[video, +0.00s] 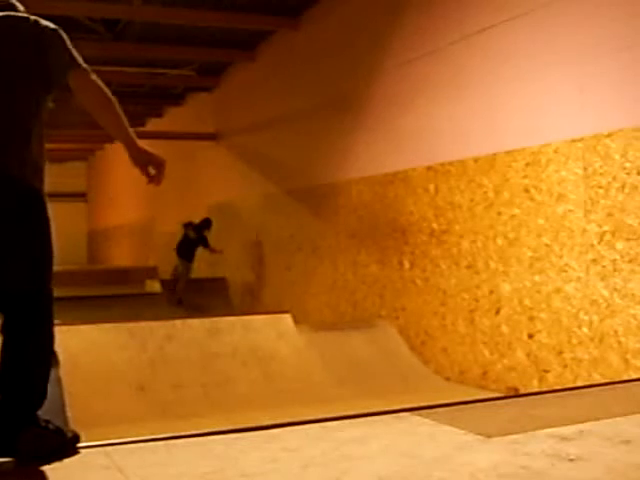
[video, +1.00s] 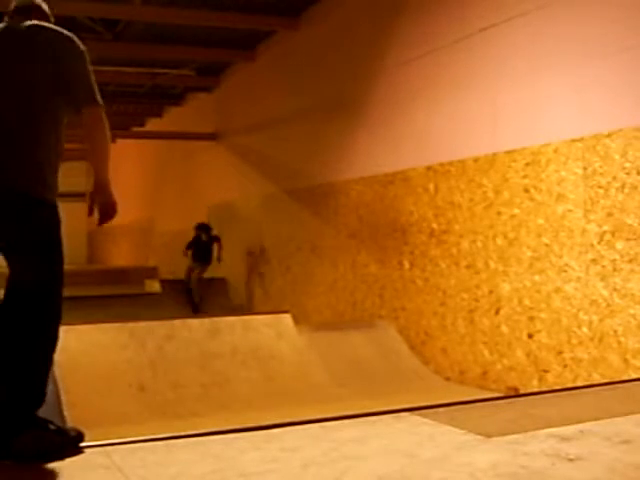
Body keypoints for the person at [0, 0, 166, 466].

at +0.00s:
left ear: (11, 6)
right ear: (15, 3)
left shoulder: (36, 34)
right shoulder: (36, 33)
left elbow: (85, 85)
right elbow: (86, 86)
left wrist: (131, 145)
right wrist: (133, 145)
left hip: (19, 196)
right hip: (17, 196)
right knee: (28, 312)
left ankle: (19, 429)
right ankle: (22, 428)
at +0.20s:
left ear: (13, 6)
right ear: (22, 2)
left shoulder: (36, 35)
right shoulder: (37, 33)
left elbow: (87, 95)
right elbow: (88, 95)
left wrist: (138, 155)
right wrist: (140, 156)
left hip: (16, 204)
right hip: (15, 205)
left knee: (20, 315)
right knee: (30, 314)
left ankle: (18, 427)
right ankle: (24, 428)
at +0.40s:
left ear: (18, 5)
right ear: (27, 2)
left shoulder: (37, 36)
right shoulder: (38, 35)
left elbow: (74, 104)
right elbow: (74, 104)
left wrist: (106, 165)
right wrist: (108, 167)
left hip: (16, 205)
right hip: (16, 205)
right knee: (33, 315)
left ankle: (4, 427)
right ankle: (22, 426)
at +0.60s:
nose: (44, 9)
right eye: (42, 5)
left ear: (18, 5)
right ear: (30, 2)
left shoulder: (45, 38)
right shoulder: (45, 37)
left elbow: (74, 109)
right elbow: (74, 108)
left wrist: (98, 175)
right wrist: (100, 176)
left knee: (33, 316)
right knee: (37, 315)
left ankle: (14, 425)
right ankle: (20, 425)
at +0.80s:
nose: (48, 8)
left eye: (45, 7)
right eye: (47, 6)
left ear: (24, 8)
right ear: (38, 3)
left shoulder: (53, 38)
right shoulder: (52, 37)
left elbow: (86, 111)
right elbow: (86, 111)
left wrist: (101, 180)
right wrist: (102, 180)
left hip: (31, 205)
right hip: (30, 206)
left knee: (37, 317)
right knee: (41, 317)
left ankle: (21, 423)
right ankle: (22, 425)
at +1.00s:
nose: (43, 22)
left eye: (37, 20)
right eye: (46, 19)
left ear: (10, 16)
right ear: (46, 18)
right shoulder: (59, 43)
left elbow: (92, 114)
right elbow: (93, 115)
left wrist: (101, 181)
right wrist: (102, 181)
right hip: (26, 193)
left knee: (25, 304)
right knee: (37, 304)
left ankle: (12, 422)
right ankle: (18, 422)